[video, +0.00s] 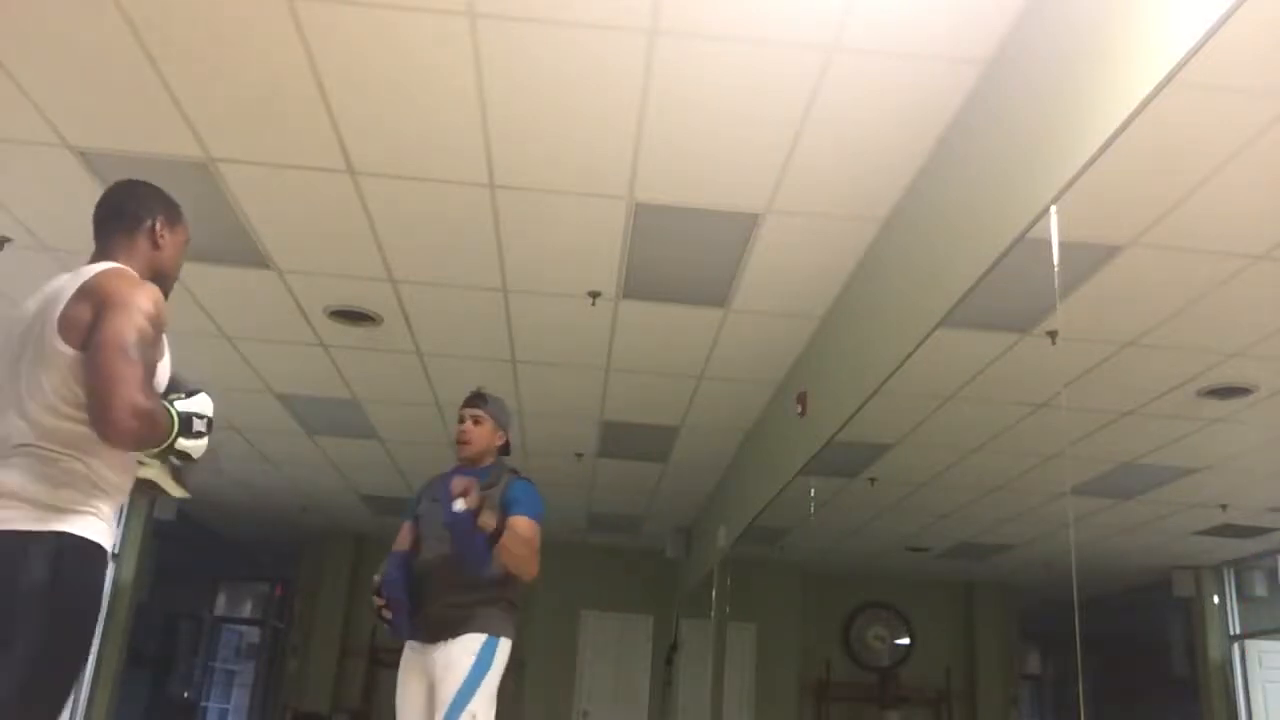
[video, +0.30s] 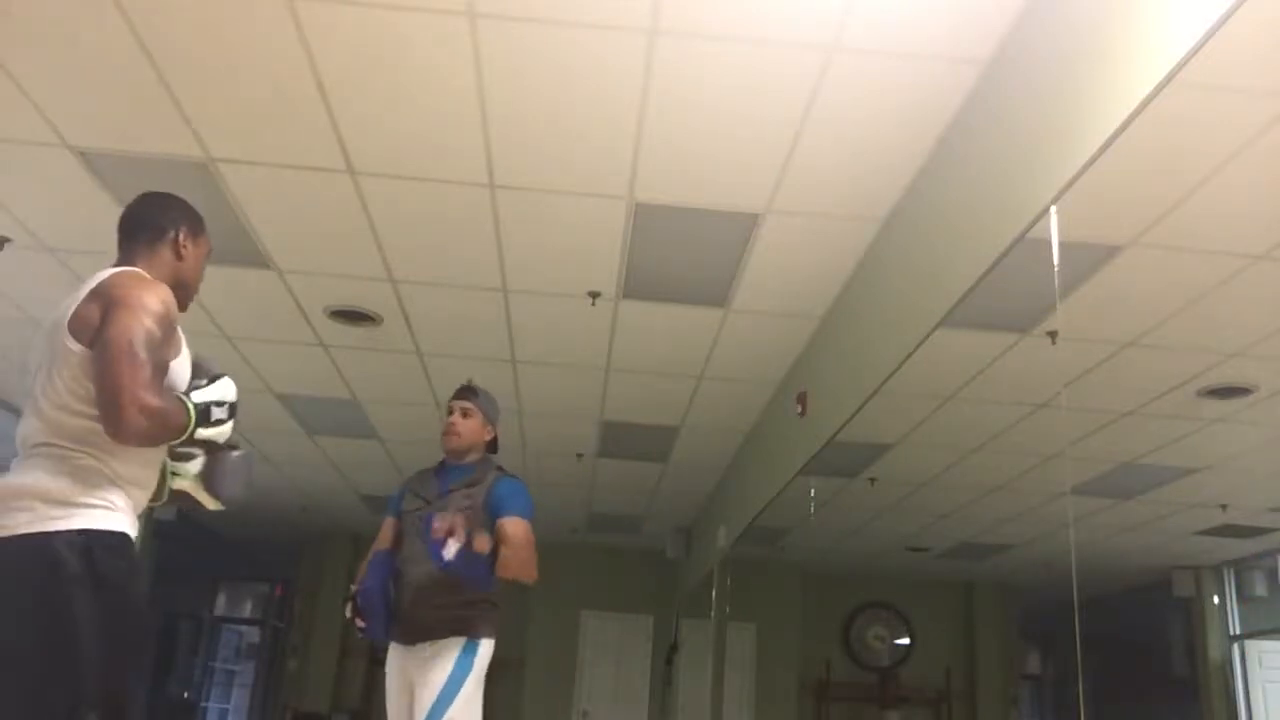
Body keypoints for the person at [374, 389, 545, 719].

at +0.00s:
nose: (463, 428)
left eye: (476, 420)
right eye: (460, 420)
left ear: (500, 437)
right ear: (455, 429)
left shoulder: (516, 489)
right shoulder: (434, 488)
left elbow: (528, 566)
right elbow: (401, 550)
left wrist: (482, 516)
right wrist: (389, 587)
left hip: (477, 632)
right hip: (422, 631)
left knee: (460, 713)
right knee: (411, 713)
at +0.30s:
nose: (452, 420)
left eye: (465, 413)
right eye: (449, 413)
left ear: (489, 432)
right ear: (442, 423)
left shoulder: (503, 487)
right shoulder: (413, 486)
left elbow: (525, 567)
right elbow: (381, 549)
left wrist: (471, 539)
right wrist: (364, 591)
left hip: (458, 641)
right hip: (403, 639)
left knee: (438, 713)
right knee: (400, 713)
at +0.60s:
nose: (437, 402)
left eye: (451, 397)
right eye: (434, 396)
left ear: (475, 419)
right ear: (427, 409)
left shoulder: (482, 484)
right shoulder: (398, 470)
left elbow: (497, 571)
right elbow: (361, 528)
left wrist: (430, 555)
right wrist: (337, 577)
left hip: (439, 637)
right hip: (384, 634)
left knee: (421, 712)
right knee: (379, 713)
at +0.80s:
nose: (423, 400)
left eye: (438, 394)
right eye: (421, 392)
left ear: (461, 415)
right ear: (412, 404)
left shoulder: (467, 475)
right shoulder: (390, 462)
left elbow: (459, 559)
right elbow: (356, 533)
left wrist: (395, 522)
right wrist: (306, 556)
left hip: (430, 635)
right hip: (377, 630)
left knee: (416, 713)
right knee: (367, 712)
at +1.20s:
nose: (391, 419)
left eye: (404, 413)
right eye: (387, 411)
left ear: (427, 428)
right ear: (380, 419)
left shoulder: (434, 482)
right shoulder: (356, 480)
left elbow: (434, 563)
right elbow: (336, 545)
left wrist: (368, 531)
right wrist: (291, 547)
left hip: (392, 634)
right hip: (343, 628)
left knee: (372, 712)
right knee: (327, 712)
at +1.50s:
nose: (388, 412)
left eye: (402, 407)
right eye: (384, 405)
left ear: (419, 430)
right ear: (372, 414)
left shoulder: (424, 484)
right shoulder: (343, 477)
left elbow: (446, 561)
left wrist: (389, 530)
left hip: (382, 623)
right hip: (328, 615)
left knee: (367, 710)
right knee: (317, 708)